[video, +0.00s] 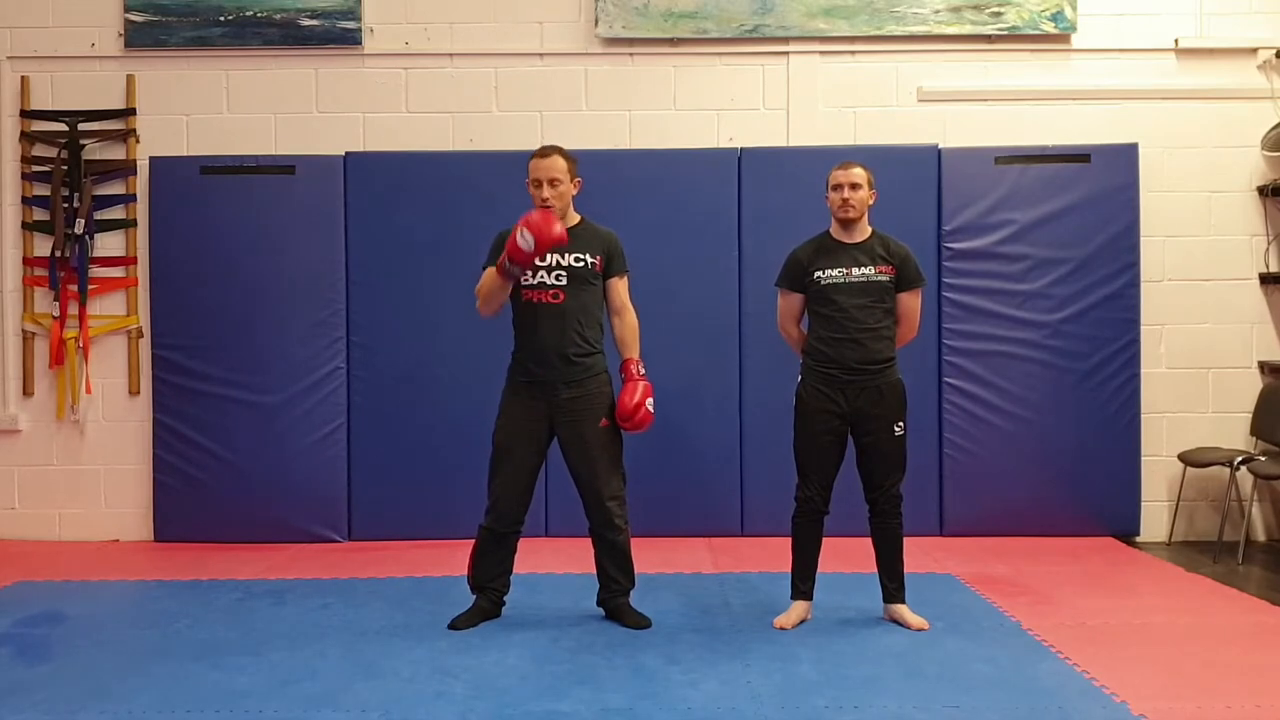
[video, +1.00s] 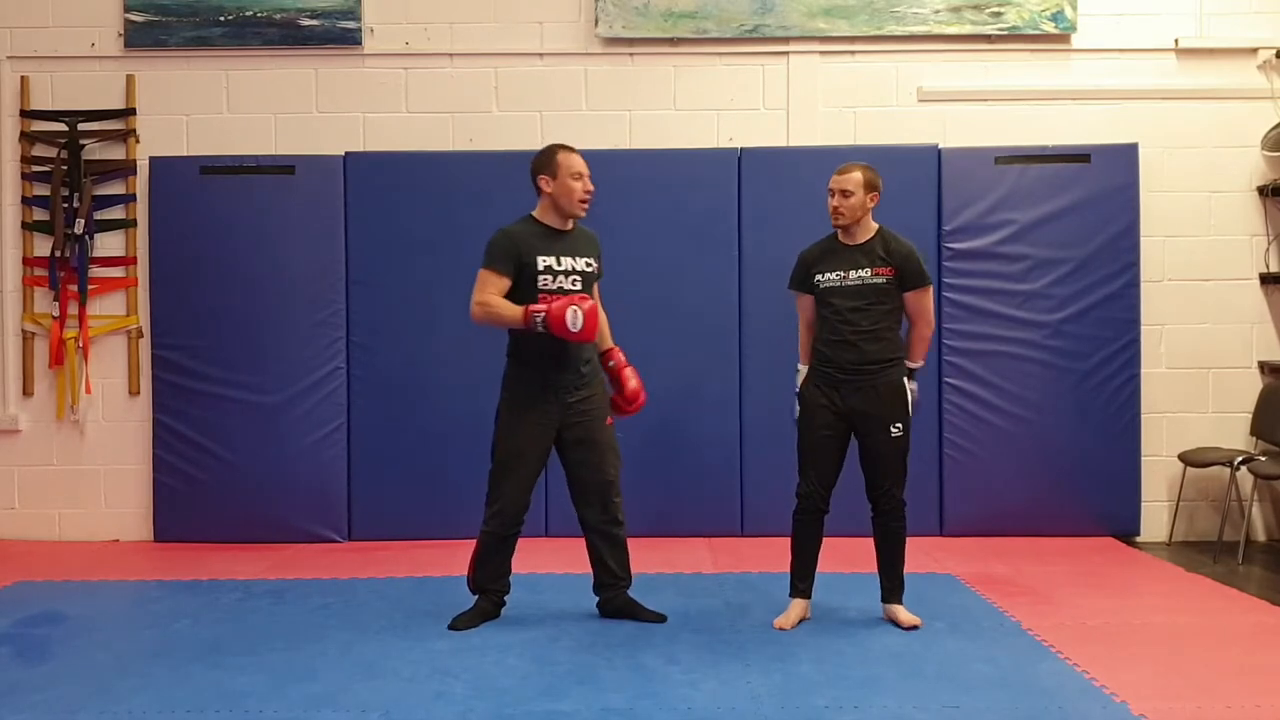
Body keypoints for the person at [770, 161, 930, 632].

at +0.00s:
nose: (845, 195)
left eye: (854, 187)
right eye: (837, 188)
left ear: (871, 195)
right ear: (827, 197)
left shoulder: (897, 255)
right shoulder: (805, 258)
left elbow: (908, 327)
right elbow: (788, 325)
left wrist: (865, 352)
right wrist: (822, 357)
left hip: (880, 392)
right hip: (820, 393)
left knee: (886, 499)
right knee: (810, 497)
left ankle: (894, 601)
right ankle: (801, 599)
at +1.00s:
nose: (835, 202)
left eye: (845, 194)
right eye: (831, 194)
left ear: (871, 199)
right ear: (828, 199)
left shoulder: (900, 255)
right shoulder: (812, 259)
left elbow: (923, 322)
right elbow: (807, 325)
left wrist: (908, 376)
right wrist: (805, 376)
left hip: (884, 390)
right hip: (824, 391)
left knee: (888, 500)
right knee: (810, 496)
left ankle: (892, 600)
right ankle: (799, 597)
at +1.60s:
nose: (838, 210)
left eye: (846, 201)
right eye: (836, 201)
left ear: (875, 201)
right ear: (853, 202)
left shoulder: (901, 251)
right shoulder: (840, 254)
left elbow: (906, 320)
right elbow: (827, 327)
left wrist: (865, 338)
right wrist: (820, 308)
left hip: (884, 382)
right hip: (840, 381)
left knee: (884, 490)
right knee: (836, 488)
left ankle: (892, 602)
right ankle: (857, 590)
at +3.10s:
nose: (811, 231)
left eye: (814, 220)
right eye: (810, 221)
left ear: (837, 215)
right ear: (842, 215)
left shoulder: (862, 266)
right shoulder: (841, 263)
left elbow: (874, 342)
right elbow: (840, 329)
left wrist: (819, 372)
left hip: (865, 388)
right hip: (843, 385)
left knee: (872, 499)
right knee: (844, 496)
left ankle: (908, 606)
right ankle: (868, 583)